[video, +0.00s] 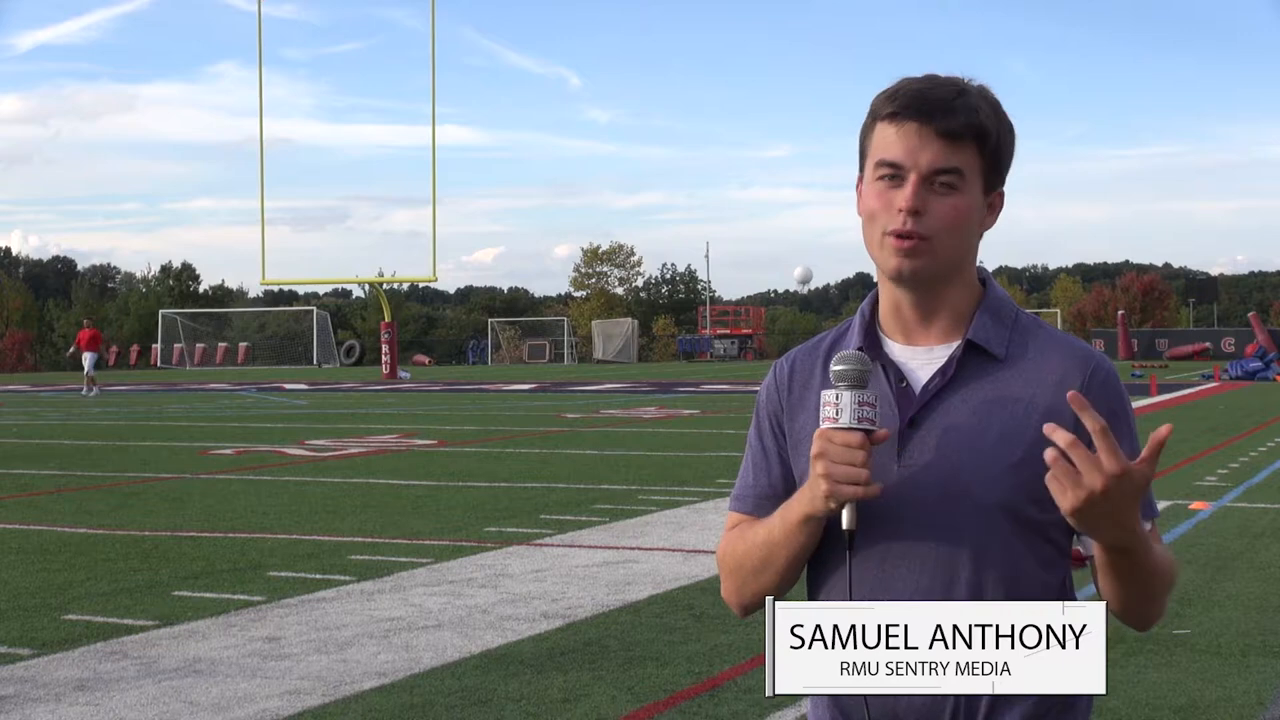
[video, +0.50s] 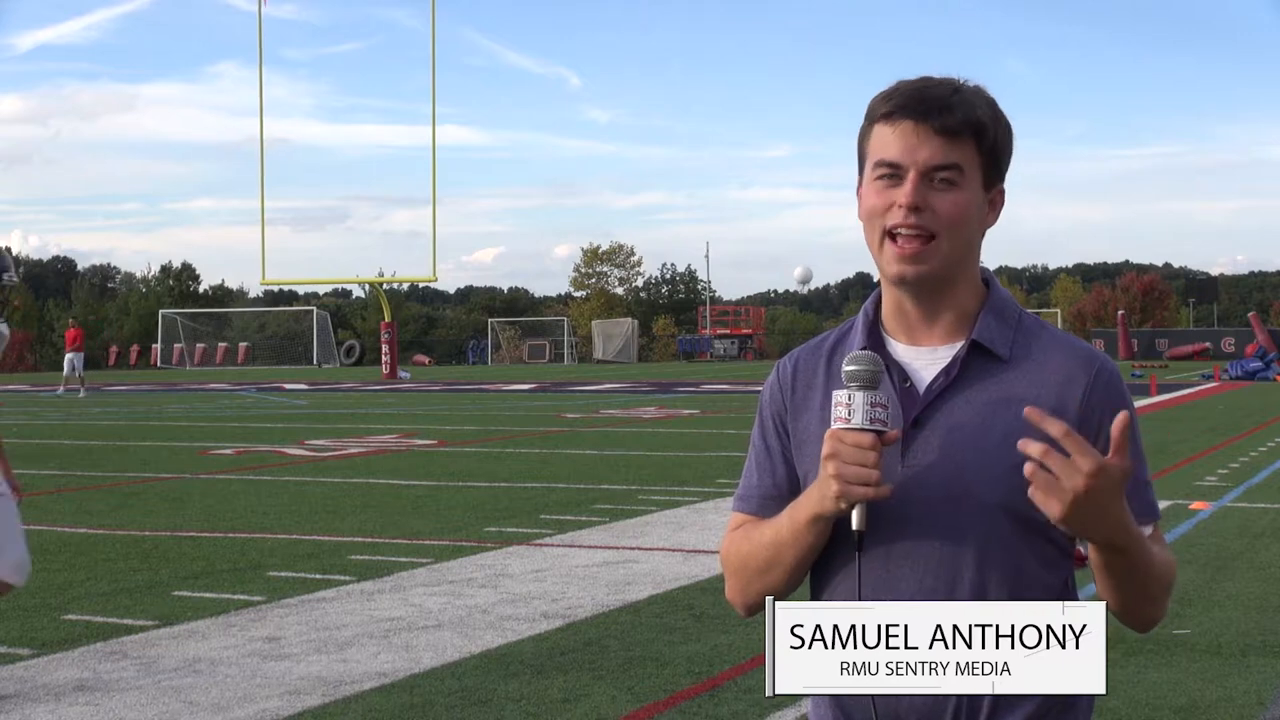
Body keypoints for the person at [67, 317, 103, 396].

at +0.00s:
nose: (86, 324)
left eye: (87, 322)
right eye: (85, 322)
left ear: (91, 323)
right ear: (83, 323)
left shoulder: (95, 332)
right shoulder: (81, 332)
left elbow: (100, 344)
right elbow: (76, 344)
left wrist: (104, 353)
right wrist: (70, 351)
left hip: (92, 353)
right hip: (84, 353)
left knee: (87, 371)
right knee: (88, 372)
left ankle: (85, 388)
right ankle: (95, 388)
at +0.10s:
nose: (83, 324)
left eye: (84, 322)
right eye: (82, 322)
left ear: (88, 323)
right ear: (81, 323)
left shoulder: (92, 332)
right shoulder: (79, 332)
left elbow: (97, 344)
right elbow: (74, 344)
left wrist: (100, 353)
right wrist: (68, 352)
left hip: (89, 353)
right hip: (81, 353)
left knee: (84, 372)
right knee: (83, 373)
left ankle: (84, 390)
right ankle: (93, 387)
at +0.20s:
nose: (80, 324)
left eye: (82, 322)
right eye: (79, 322)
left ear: (85, 323)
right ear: (78, 323)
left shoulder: (90, 331)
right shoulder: (75, 332)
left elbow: (93, 343)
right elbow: (72, 344)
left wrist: (93, 353)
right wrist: (68, 352)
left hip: (86, 352)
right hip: (78, 353)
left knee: (83, 372)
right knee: (76, 373)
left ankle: (84, 390)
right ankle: (86, 384)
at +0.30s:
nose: (77, 322)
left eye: (79, 321)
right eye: (76, 321)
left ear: (82, 321)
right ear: (75, 322)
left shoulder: (86, 330)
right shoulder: (74, 331)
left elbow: (88, 342)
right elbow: (71, 343)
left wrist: (86, 352)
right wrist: (69, 352)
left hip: (82, 352)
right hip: (74, 352)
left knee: (82, 372)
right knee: (70, 372)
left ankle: (83, 389)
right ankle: (79, 385)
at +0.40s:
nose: (75, 323)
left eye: (76, 321)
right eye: (74, 321)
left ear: (79, 322)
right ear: (72, 322)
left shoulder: (82, 331)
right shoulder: (70, 332)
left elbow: (84, 342)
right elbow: (70, 342)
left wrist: (79, 349)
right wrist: (69, 349)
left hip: (81, 352)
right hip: (72, 352)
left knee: (81, 372)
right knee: (68, 371)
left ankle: (83, 389)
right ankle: (70, 388)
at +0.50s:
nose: (71, 324)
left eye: (72, 322)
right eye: (70, 322)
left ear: (76, 322)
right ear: (69, 323)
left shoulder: (79, 331)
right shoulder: (67, 332)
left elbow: (79, 343)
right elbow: (67, 342)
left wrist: (69, 349)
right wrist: (66, 350)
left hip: (78, 353)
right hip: (69, 353)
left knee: (79, 373)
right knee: (66, 372)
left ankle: (82, 390)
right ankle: (62, 389)